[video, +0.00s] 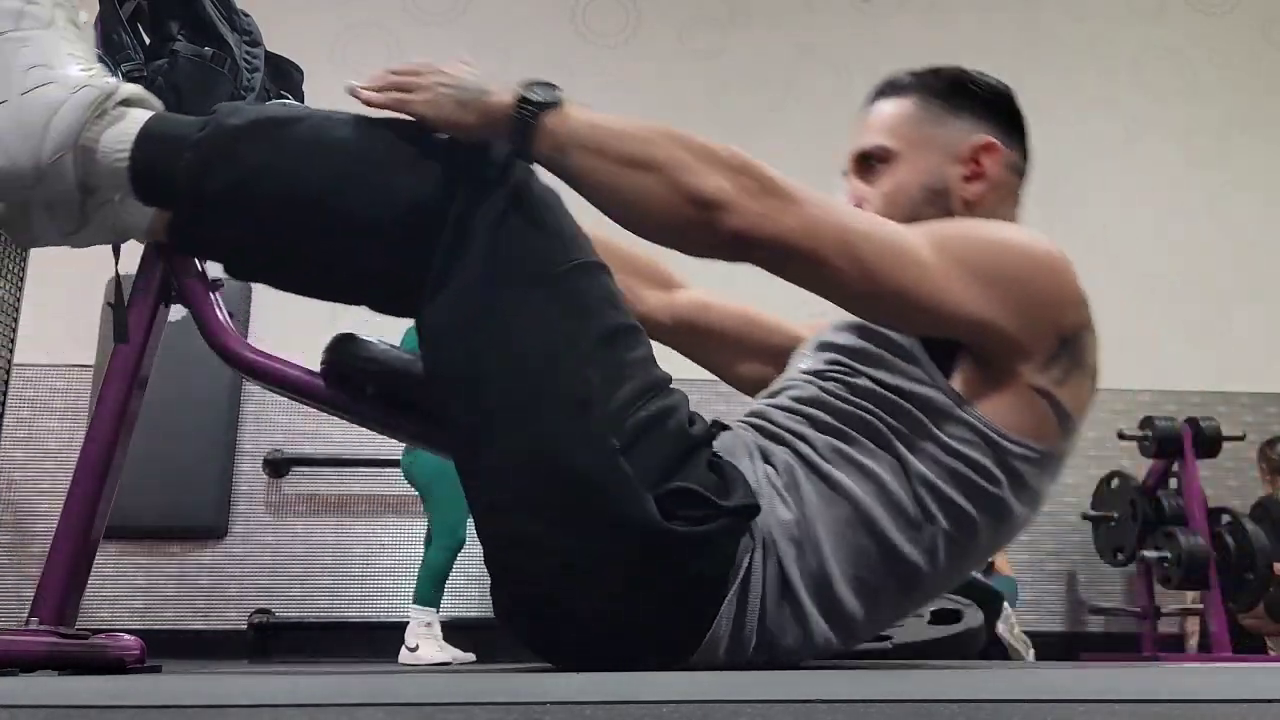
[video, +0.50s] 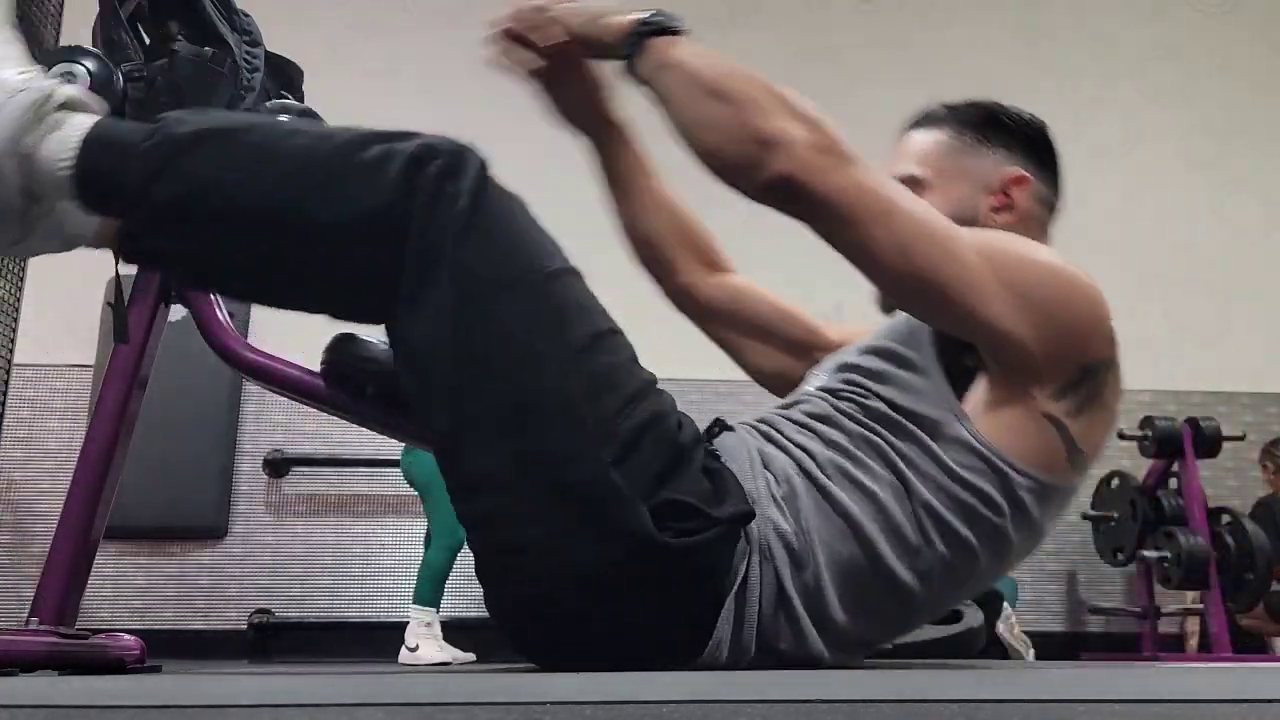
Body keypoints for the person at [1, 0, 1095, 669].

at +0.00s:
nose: (850, 196)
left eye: (878, 168)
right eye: (853, 175)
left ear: (984, 170)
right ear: (924, 183)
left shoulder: (1036, 287)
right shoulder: (861, 343)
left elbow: (759, 212)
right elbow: (646, 287)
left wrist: (516, 112)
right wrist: (495, 157)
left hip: (696, 570)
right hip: (643, 564)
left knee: (472, 189)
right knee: (470, 185)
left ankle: (78, 164)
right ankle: (98, 157)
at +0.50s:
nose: (889, 210)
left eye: (921, 185)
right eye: (892, 185)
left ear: (1019, 196)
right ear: (923, 214)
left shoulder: (1064, 323)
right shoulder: (883, 366)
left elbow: (798, 165)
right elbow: (699, 282)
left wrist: (635, 31)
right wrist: (605, 114)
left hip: (686, 569)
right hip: (654, 541)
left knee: (443, 196)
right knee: (438, 211)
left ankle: (75, 163)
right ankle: (95, 180)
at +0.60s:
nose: (964, 256)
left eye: (997, 228)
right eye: (964, 232)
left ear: (1095, 261)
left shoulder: (1126, 389)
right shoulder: (933, 406)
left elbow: (905, 174)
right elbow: (788, 293)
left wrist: (798, 52)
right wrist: (765, 110)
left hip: (694, 559)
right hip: (644, 539)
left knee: (384, 241)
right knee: (383, 239)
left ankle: (28, 211)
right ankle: (64, 191)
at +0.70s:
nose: (1052, 309)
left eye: (1103, 298)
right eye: (1062, 289)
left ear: (1190, 345)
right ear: (1058, 313)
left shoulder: (1163, 474)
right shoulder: (976, 432)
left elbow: (1062, 296)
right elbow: (879, 305)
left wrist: (991, 102)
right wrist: (929, 140)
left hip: (690, 560)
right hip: (657, 523)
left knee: (347, 270)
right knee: (362, 287)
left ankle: (20, 253)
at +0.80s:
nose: (1108, 345)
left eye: (1154, 341)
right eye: (1125, 324)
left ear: (1217, 402)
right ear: (1131, 352)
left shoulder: (1183, 517)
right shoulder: (1014, 466)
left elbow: (1165, 335)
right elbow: (975, 332)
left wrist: (1155, 171)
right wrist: (1086, 196)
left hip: (687, 556)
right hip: (659, 504)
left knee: (322, 298)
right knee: (370, 312)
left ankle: (20, 307)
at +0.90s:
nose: (1174, 365)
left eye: (1201, 359)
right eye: (1180, 351)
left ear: (1245, 406)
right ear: (1181, 387)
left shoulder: (1207, 527)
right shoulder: (1084, 460)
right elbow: (1040, 357)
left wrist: (1203, 361)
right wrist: (1199, 279)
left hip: (700, 546)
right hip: (684, 493)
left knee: (282, 345)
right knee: (295, 353)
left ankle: (8, 359)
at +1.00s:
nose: (1189, 388)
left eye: (1217, 402)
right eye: (1191, 377)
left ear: (1245, 455)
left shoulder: (1193, 569)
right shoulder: (1099, 483)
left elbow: (1266, 398)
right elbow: (1092, 395)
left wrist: (1241, 391)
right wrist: (1195, 390)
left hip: (690, 538)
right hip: (677, 510)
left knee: (247, 378)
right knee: (250, 387)